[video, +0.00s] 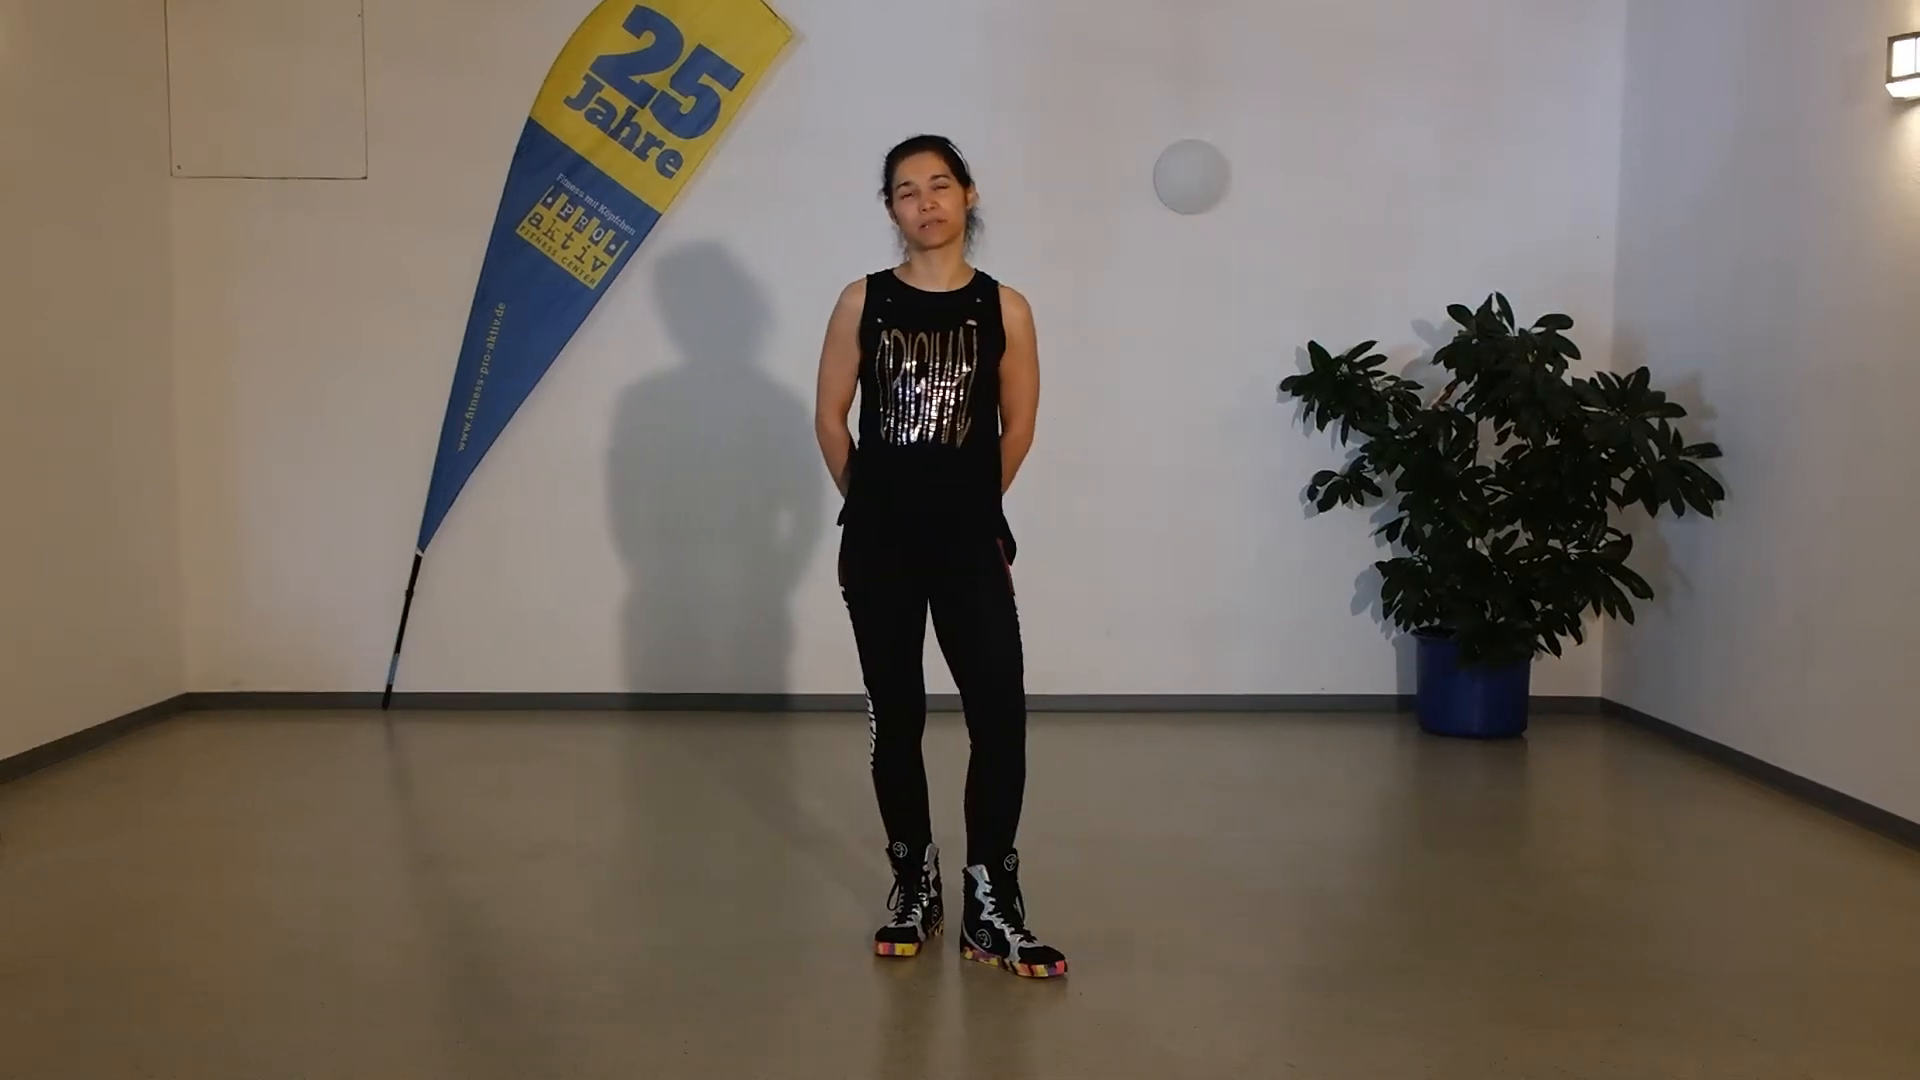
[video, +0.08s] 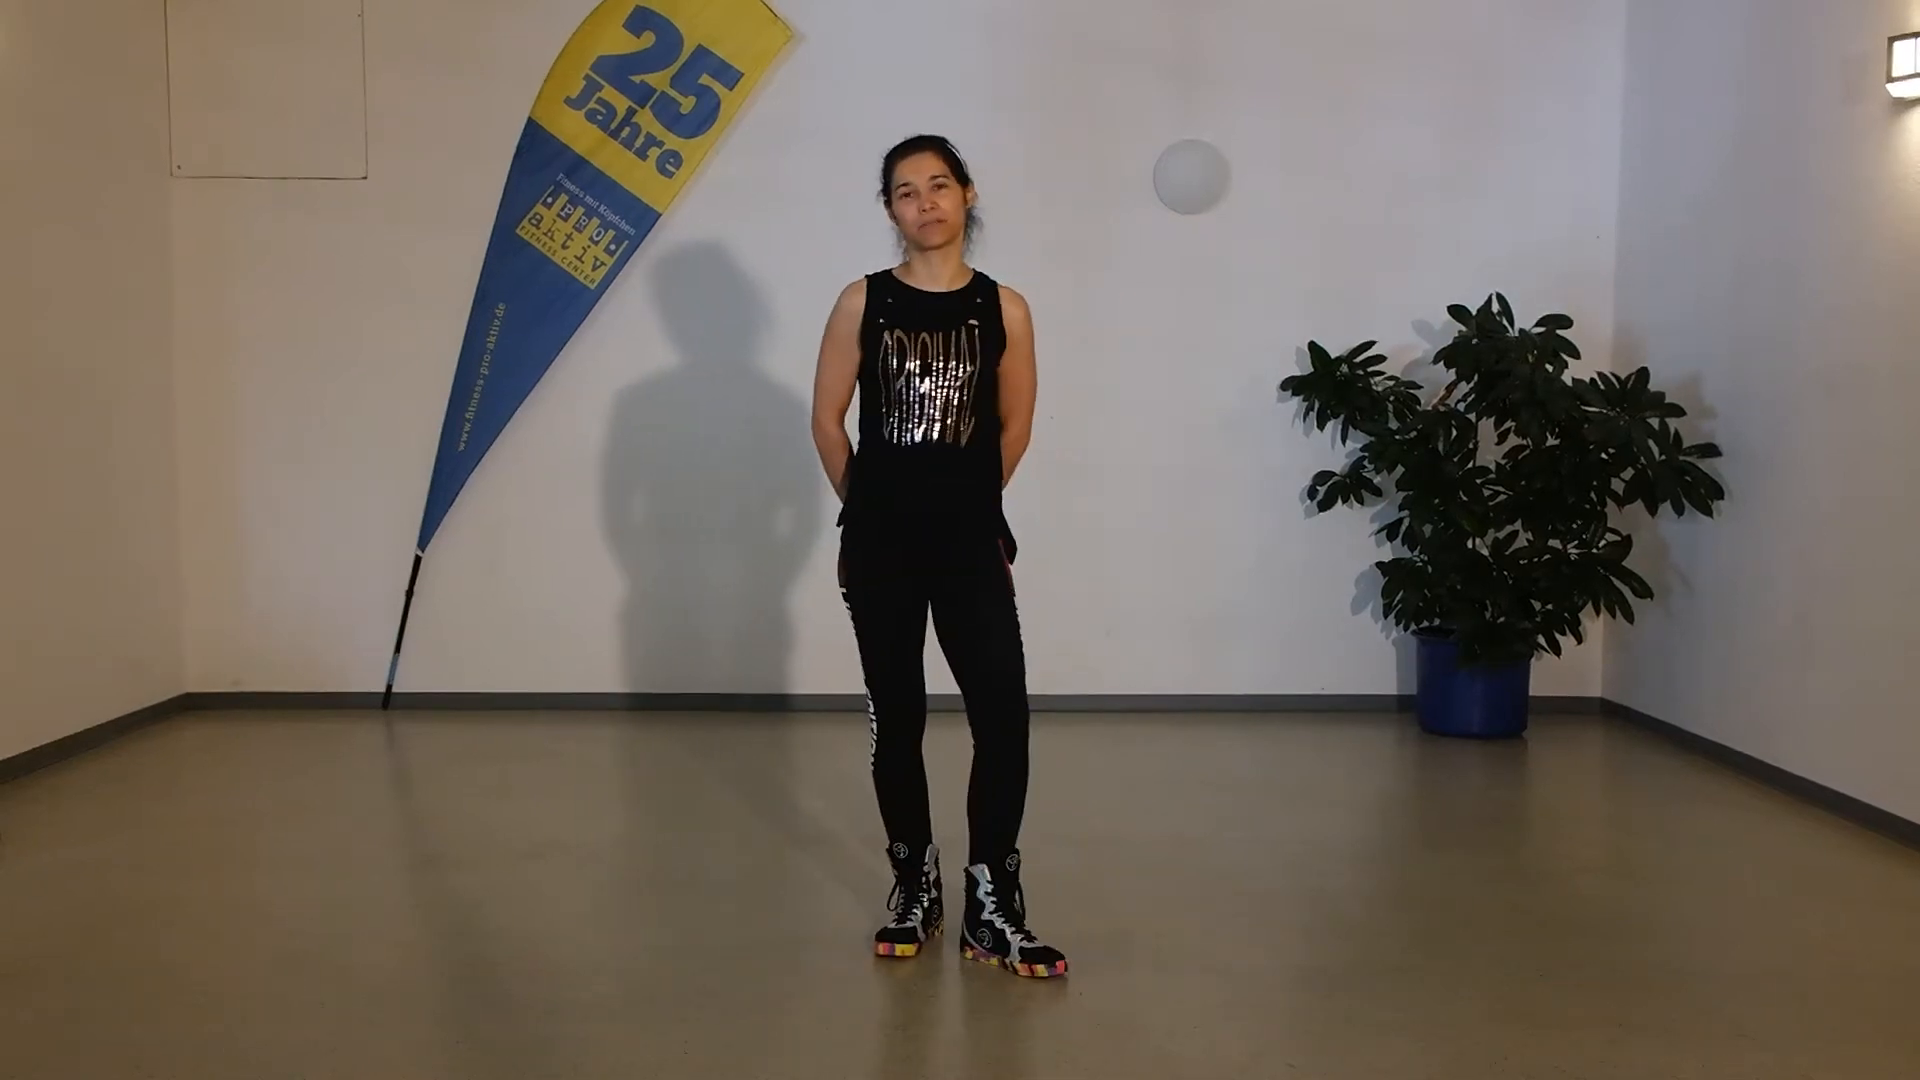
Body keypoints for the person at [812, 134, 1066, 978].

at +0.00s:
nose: (924, 200)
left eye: (938, 185)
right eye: (907, 191)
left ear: (968, 198)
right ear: (891, 211)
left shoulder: (1006, 307)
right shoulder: (862, 302)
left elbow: (1019, 428)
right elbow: (829, 418)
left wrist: (975, 501)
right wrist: (866, 503)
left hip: (970, 536)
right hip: (880, 537)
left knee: (1000, 720)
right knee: (896, 720)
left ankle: (991, 904)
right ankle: (913, 888)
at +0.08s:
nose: (923, 201)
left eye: (936, 186)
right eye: (905, 192)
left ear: (967, 198)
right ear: (890, 212)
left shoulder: (1005, 307)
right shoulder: (862, 302)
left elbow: (1016, 431)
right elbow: (826, 420)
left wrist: (970, 500)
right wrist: (863, 509)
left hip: (969, 535)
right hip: (880, 537)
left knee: (1003, 719)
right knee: (898, 720)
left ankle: (991, 906)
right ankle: (913, 887)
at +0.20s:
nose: (923, 201)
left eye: (937, 186)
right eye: (905, 192)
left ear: (965, 198)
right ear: (889, 211)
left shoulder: (1002, 307)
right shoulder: (862, 302)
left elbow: (1012, 434)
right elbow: (823, 422)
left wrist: (961, 503)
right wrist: (861, 519)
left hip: (971, 533)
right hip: (883, 534)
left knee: (1006, 720)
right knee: (900, 720)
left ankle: (992, 902)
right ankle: (914, 885)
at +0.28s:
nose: (922, 201)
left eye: (936, 186)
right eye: (904, 192)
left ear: (964, 198)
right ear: (888, 211)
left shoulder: (1001, 307)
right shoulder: (861, 301)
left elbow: (1012, 431)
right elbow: (822, 422)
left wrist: (968, 502)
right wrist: (860, 517)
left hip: (971, 535)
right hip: (883, 536)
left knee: (1007, 717)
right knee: (901, 720)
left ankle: (993, 902)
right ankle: (915, 886)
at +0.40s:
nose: (921, 200)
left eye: (935, 185)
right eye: (903, 190)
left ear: (961, 200)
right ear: (885, 210)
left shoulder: (998, 306)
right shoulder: (858, 302)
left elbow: (1012, 432)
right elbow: (820, 424)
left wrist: (966, 506)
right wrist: (862, 519)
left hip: (973, 534)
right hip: (884, 536)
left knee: (1009, 720)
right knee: (900, 720)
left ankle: (993, 904)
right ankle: (915, 888)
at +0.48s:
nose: (920, 200)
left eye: (933, 185)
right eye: (902, 191)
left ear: (960, 199)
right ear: (883, 211)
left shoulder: (997, 306)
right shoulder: (855, 303)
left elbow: (1012, 434)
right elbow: (820, 425)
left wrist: (967, 502)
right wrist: (861, 516)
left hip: (973, 535)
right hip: (883, 537)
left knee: (1010, 720)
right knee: (901, 720)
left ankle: (993, 906)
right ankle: (915, 889)